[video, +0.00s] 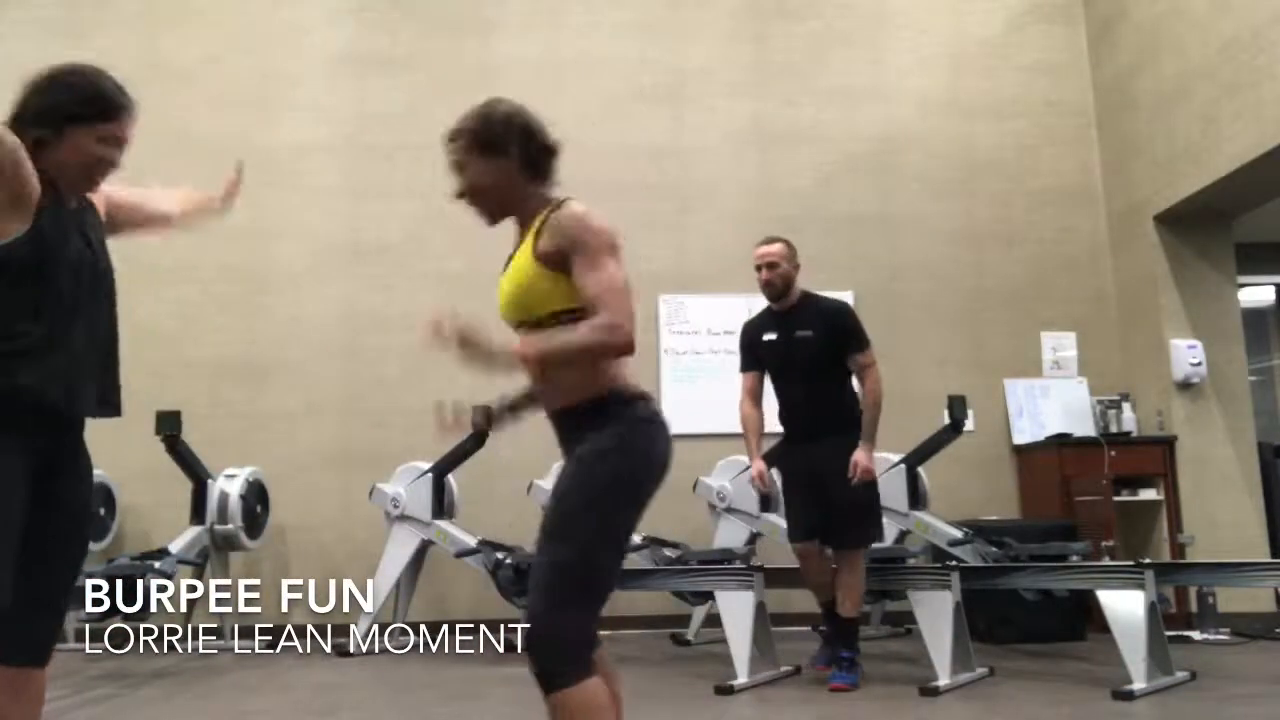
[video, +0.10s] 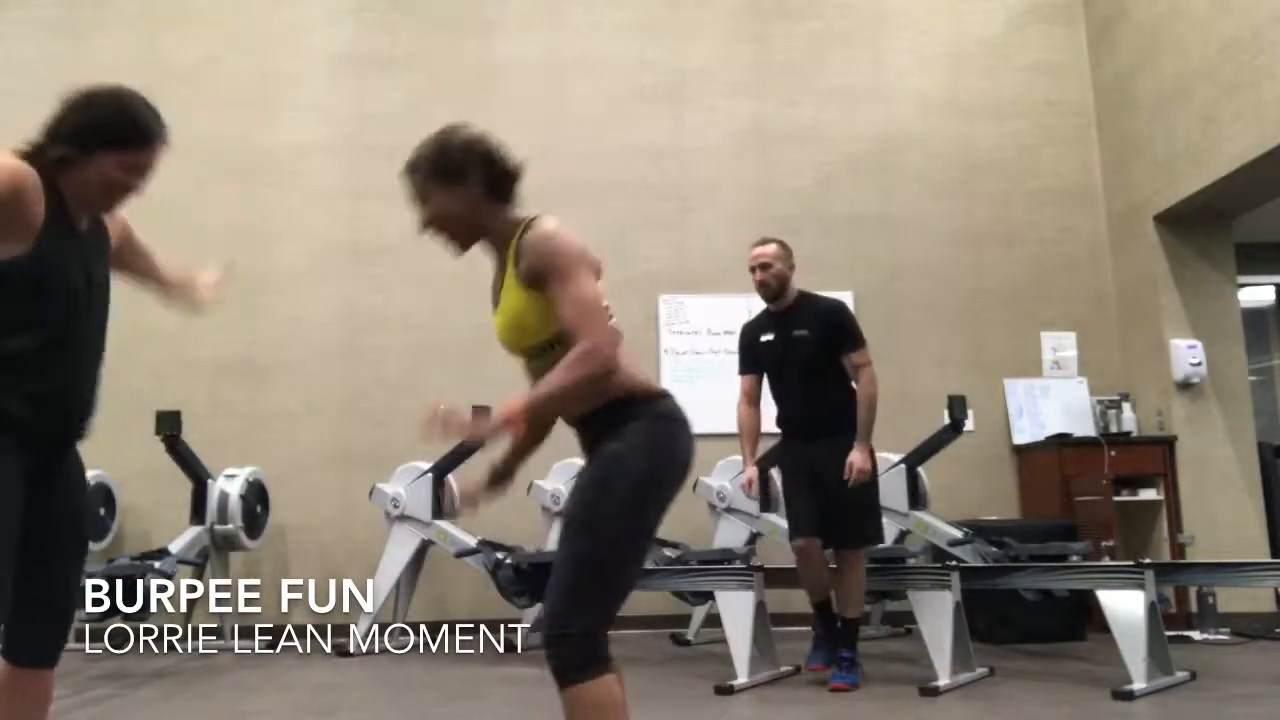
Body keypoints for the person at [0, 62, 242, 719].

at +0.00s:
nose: (116, 158)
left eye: (121, 145)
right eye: (107, 141)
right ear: (48, 136)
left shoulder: (88, 207)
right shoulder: (21, 198)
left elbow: (153, 208)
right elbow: (10, 148)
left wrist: (215, 200)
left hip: (61, 449)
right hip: (11, 447)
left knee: (33, 633)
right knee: (18, 633)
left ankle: (25, 709)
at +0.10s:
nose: (133, 186)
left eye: (142, 174)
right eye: (127, 170)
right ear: (81, 151)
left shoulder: (104, 227)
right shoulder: (19, 192)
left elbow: (140, 259)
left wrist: (183, 283)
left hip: (54, 455)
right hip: (5, 453)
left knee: (42, 623)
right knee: (15, 626)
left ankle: (27, 709)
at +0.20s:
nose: (166, 244)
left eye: (174, 234)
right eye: (164, 228)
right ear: (128, 208)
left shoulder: (127, 284)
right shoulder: (33, 242)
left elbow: (138, 365)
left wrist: (158, 419)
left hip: (24, 455)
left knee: (52, 613)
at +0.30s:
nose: (185, 342)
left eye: (195, 331)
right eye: (187, 325)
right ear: (160, 304)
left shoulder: (138, 361)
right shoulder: (53, 320)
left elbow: (126, 467)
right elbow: (8, 429)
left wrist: (131, 564)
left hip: (12, 473)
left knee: (52, 626)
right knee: (43, 624)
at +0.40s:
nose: (194, 460)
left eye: (203, 449)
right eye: (199, 444)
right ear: (181, 424)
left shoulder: (138, 445)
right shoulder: (64, 425)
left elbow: (123, 562)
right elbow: (14, 564)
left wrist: (132, 669)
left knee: (68, 632)